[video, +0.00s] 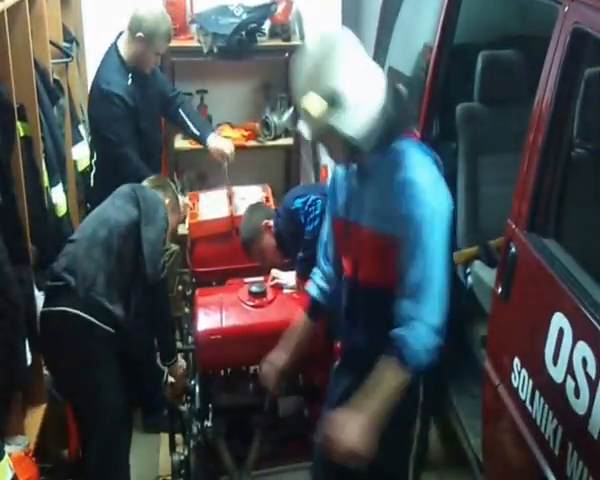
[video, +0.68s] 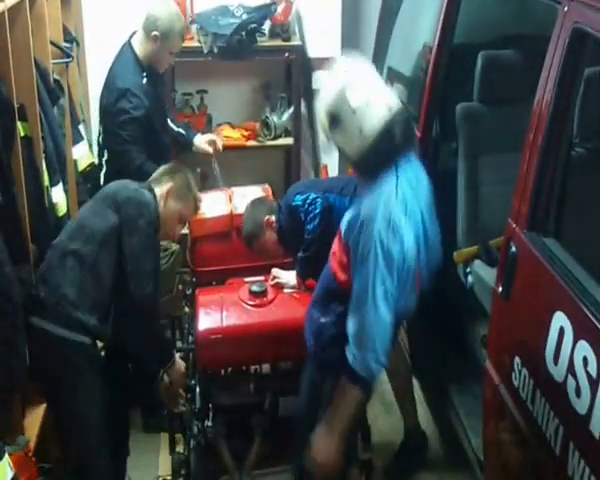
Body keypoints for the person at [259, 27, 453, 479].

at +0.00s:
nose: (324, 143)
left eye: (329, 130)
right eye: (319, 131)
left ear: (358, 119)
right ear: (319, 125)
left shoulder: (415, 177)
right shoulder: (344, 170)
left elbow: (424, 318)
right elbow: (326, 275)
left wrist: (365, 410)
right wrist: (285, 350)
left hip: (402, 359)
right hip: (353, 352)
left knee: (386, 468)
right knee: (332, 457)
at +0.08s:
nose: (305, 140)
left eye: (315, 124)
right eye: (303, 126)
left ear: (351, 120)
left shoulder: (398, 205)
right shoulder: (344, 190)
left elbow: (390, 358)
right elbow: (316, 290)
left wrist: (312, 425)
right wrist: (266, 358)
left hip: (415, 371)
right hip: (370, 357)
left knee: (399, 470)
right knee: (344, 469)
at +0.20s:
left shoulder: (388, 234)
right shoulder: (351, 215)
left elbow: (359, 379)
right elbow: (323, 301)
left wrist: (284, 441)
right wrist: (271, 361)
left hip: (407, 402)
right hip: (370, 385)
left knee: (382, 470)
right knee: (339, 467)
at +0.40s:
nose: (335, 119)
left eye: (338, 110)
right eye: (337, 108)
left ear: (350, 120)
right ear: (396, 99)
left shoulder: (373, 198)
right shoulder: (410, 149)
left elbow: (382, 336)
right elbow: (428, 232)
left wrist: (345, 417)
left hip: (352, 331)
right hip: (403, 291)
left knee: (332, 434)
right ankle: (414, 435)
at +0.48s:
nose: (339, 123)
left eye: (341, 112)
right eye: (341, 111)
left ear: (352, 122)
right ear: (398, 101)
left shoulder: (373, 204)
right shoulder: (413, 156)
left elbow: (387, 338)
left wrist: (357, 419)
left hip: (344, 338)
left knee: (322, 438)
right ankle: (414, 436)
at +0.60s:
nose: (339, 153)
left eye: (342, 139)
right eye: (338, 140)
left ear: (361, 139)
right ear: (393, 126)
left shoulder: (376, 229)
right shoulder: (415, 186)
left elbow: (383, 355)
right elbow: (438, 281)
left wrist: (358, 441)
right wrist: (402, 335)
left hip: (337, 362)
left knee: (318, 461)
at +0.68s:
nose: (337, 146)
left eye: (338, 135)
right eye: (336, 135)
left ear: (350, 139)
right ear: (390, 116)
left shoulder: (381, 216)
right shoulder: (407, 169)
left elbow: (370, 343)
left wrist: (334, 428)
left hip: (339, 354)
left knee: (317, 454)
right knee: (337, 441)